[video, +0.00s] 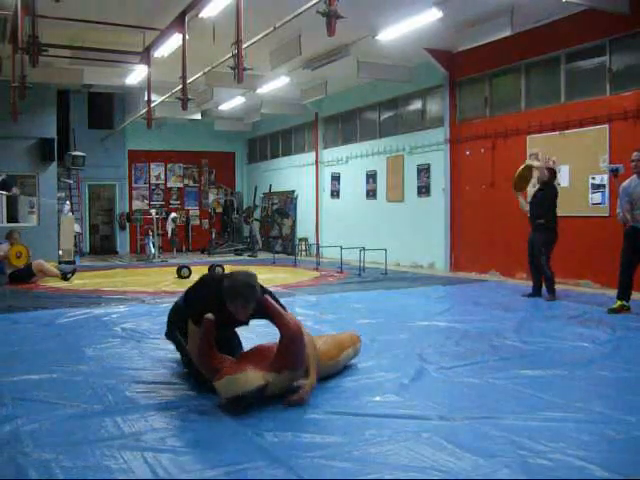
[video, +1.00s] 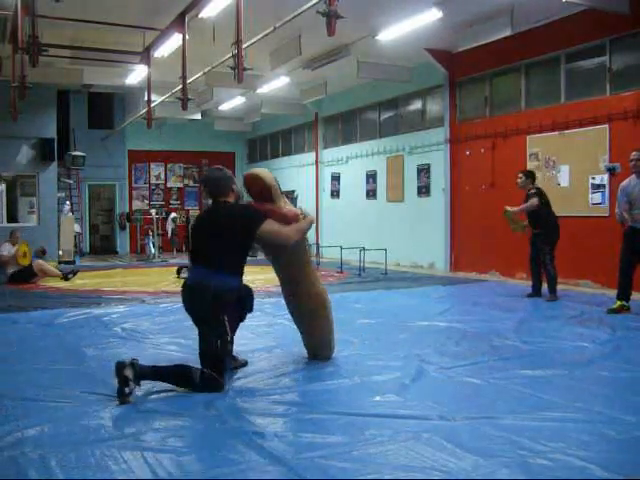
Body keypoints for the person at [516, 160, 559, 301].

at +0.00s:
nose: (539, 175)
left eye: (543, 172)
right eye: (539, 172)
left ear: (549, 176)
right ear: (541, 175)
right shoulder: (542, 189)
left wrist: (521, 200)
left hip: (546, 228)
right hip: (537, 228)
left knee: (542, 259)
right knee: (533, 259)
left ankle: (550, 291)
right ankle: (536, 289)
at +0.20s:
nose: (535, 177)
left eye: (538, 175)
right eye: (536, 174)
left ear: (545, 179)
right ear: (541, 178)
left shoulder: (544, 192)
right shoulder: (540, 191)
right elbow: (538, 216)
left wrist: (520, 190)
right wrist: (523, 214)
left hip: (548, 232)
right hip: (539, 231)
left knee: (541, 260)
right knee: (534, 260)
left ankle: (550, 291)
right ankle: (536, 290)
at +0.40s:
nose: (524, 180)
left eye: (527, 178)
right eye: (525, 178)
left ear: (535, 182)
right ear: (533, 182)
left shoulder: (539, 195)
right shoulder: (534, 196)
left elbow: (539, 211)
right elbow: (538, 216)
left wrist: (517, 214)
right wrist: (526, 223)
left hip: (550, 232)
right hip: (541, 232)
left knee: (544, 259)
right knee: (535, 260)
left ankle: (551, 292)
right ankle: (536, 290)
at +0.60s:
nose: (515, 183)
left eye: (518, 181)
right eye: (515, 181)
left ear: (527, 183)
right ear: (525, 183)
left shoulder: (538, 194)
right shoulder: (527, 199)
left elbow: (548, 208)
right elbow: (535, 217)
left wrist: (529, 219)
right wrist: (524, 229)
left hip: (551, 230)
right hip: (539, 231)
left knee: (548, 260)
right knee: (536, 260)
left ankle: (552, 292)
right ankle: (536, 290)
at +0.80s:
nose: (513, 184)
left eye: (515, 181)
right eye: (513, 181)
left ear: (524, 183)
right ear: (521, 184)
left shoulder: (537, 194)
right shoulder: (525, 201)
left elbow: (546, 207)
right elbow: (532, 218)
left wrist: (526, 217)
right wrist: (521, 227)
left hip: (550, 230)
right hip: (537, 231)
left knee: (549, 260)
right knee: (535, 260)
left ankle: (553, 292)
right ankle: (536, 290)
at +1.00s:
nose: (517, 181)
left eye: (520, 178)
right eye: (517, 178)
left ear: (529, 180)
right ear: (527, 181)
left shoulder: (534, 191)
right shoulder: (530, 194)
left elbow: (535, 203)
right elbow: (537, 217)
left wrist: (515, 210)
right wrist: (523, 225)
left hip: (547, 230)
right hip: (537, 231)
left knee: (547, 260)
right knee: (535, 261)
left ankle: (552, 292)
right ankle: (536, 290)